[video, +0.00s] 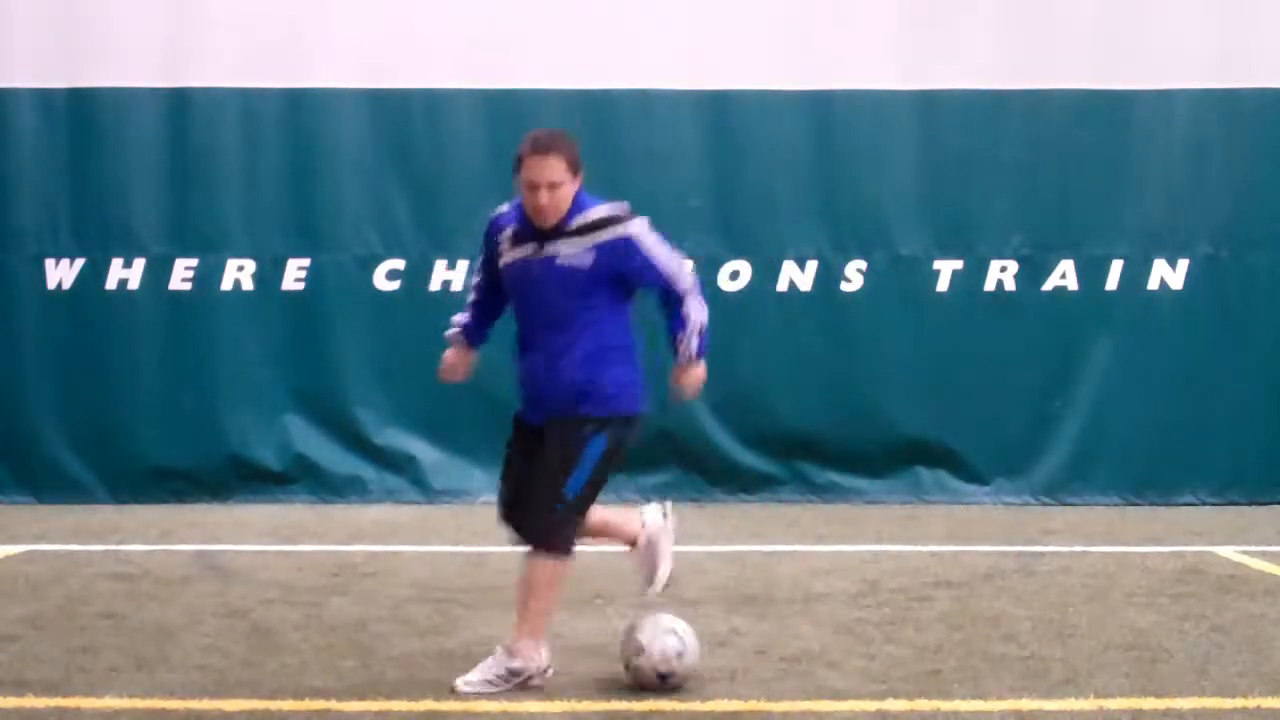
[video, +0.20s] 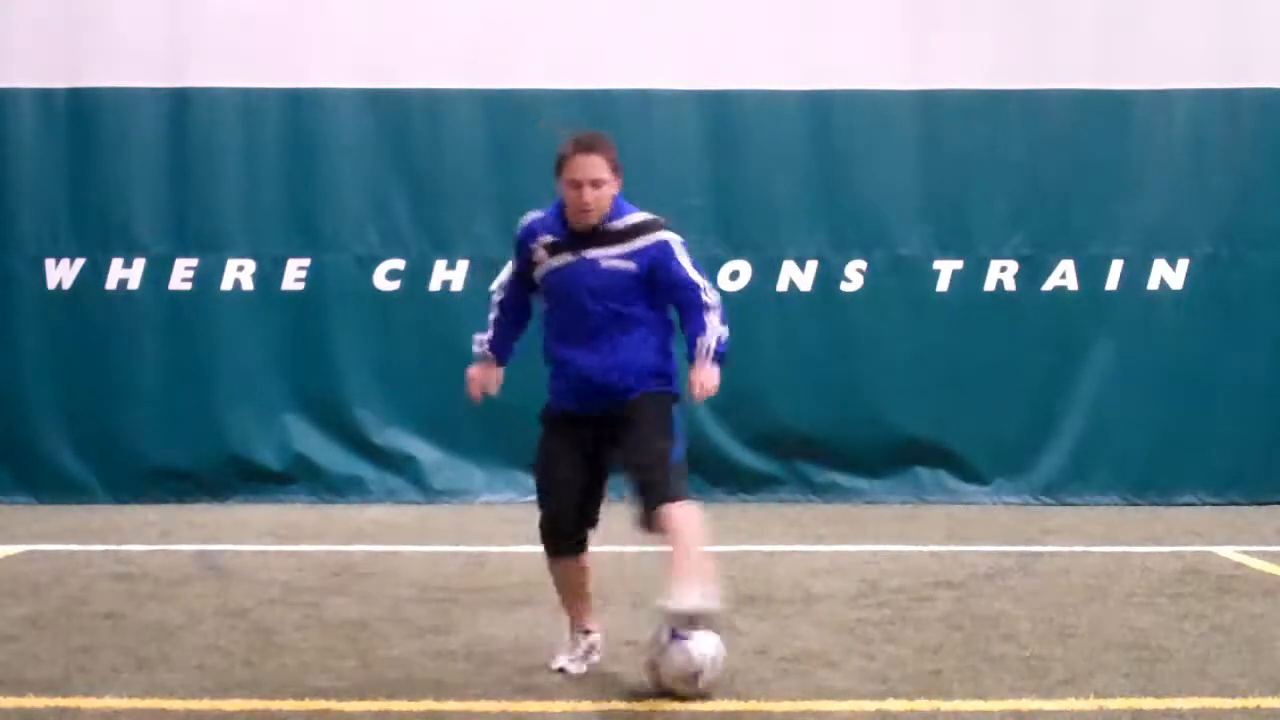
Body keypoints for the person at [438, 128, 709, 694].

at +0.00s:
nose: (541, 199)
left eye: (553, 187)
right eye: (531, 187)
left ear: (577, 181)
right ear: (517, 183)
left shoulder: (615, 227)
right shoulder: (504, 230)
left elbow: (682, 282)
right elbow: (488, 290)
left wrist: (690, 352)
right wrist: (465, 338)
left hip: (602, 403)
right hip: (541, 403)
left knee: (552, 520)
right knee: (521, 513)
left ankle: (526, 655)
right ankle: (642, 528)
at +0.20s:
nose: (584, 196)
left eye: (595, 184)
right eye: (573, 185)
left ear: (616, 185)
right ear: (559, 186)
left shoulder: (650, 236)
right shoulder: (537, 237)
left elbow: (702, 302)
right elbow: (512, 295)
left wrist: (706, 357)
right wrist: (490, 354)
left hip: (643, 394)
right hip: (572, 398)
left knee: (662, 496)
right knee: (559, 524)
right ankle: (584, 634)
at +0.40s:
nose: (662, 140)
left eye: (672, 129)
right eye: (650, 129)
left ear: (689, 131)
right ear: (631, 132)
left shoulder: (719, 184)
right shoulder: (600, 183)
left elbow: (754, 248)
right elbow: (565, 245)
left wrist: (751, 290)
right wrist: (541, 302)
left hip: (701, 360)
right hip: (621, 364)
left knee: (748, 475)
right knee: (605, 485)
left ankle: (782, 604)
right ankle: (609, 610)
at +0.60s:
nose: (740, 172)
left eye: (750, 162)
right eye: (728, 161)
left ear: (765, 167)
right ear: (708, 166)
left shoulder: (789, 223)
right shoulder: (676, 219)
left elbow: (819, 290)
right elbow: (633, 294)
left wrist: (843, 344)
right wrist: (631, 362)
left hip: (761, 380)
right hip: (693, 367)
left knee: (758, 515)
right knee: (728, 436)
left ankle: (731, 635)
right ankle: (705, 585)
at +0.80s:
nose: (828, 165)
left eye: (838, 154)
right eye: (816, 153)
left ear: (848, 154)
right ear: (790, 153)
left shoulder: (846, 207)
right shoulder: (754, 200)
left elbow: (854, 259)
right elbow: (702, 268)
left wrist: (879, 303)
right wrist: (688, 352)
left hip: (803, 365)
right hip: (747, 359)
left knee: (813, 509)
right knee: (832, 463)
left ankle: (723, 582)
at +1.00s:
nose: (895, 239)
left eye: (905, 227)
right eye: (883, 224)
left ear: (915, 226)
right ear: (857, 219)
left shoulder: (884, 273)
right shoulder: (835, 271)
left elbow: (879, 324)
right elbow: (793, 350)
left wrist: (897, 351)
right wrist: (758, 433)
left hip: (846, 434)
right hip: (817, 437)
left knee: (885, 546)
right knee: (909, 531)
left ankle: (756, 552)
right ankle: (885, 664)